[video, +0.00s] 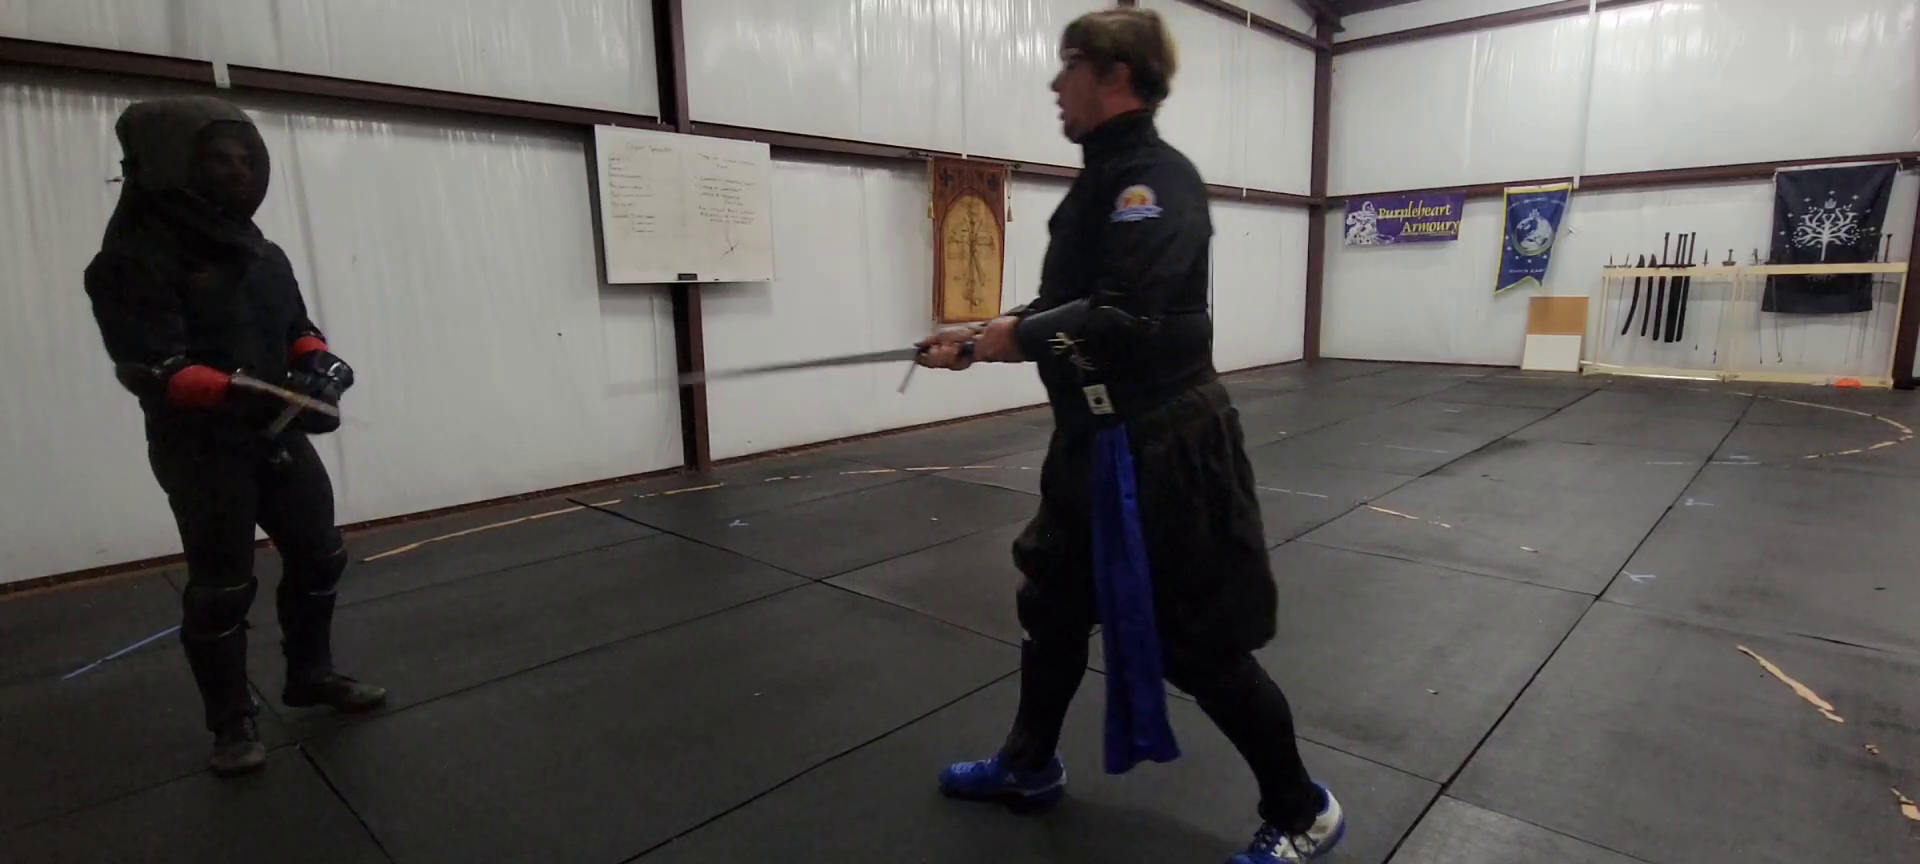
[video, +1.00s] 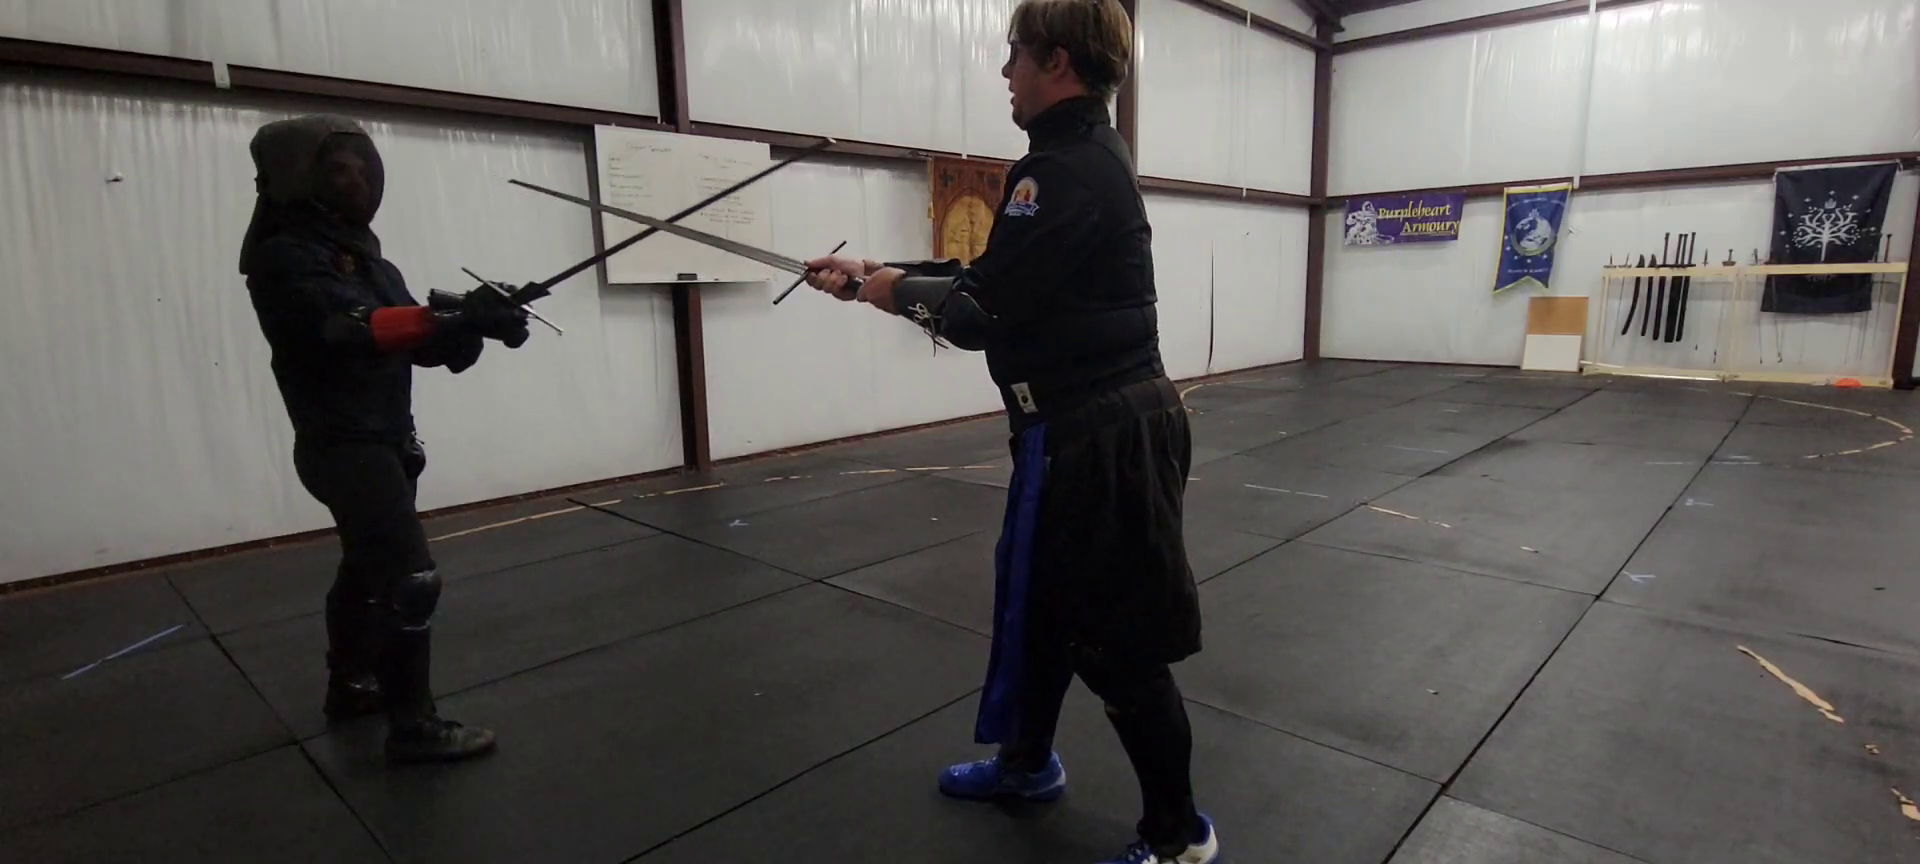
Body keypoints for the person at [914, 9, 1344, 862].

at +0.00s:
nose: (1056, 85)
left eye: (1071, 69)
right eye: (1061, 69)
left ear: (1121, 81)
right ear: (1115, 83)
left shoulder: (1155, 179)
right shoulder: (1100, 181)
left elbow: (1135, 314)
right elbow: (1073, 309)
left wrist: (1015, 338)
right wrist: (982, 339)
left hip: (1164, 439)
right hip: (1095, 436)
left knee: (1190, 638)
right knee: (1054, 601)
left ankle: (1300, 809)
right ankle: (1028, 765)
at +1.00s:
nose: (1005, 74)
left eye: (1017, 58)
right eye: (1009, 58)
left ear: (1062, 69)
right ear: (1070, 72)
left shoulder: (1061, 172)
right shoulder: (1080, 158)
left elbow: (991, 314)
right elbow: (987, 280)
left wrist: (891, 290)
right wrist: (881, 276)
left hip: (1101, 429)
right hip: (1087, 420)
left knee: (1116, 637)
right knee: (1040, 599)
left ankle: (1177, 832)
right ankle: (1026, 762)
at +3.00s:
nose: (949, 79)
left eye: (963, 66)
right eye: (955, 65)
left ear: (1007, 79)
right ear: (1024, 83)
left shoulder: (972, 177)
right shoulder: (1054, 174)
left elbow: (899, 307)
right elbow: (1017, 292)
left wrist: (886, 314)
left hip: (1008, 420)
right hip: (1074, 402)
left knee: (1017, 620)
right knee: (1032, 591)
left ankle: (1126, 802)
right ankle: (1030, 761)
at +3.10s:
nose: (935, 76)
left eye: (948, 63)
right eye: (940, 62)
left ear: (989, 76)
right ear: (1006, 82)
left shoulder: (959, 181)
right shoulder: (1042, 175)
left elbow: (888, 305)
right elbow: (1006, 288)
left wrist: (881, 340)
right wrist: (915, 318)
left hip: (994, 424)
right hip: (1065, 406)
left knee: (970, 609)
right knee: (1027, 593)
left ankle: (1049, 827)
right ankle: (1022, 759)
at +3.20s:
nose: (918, 77)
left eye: (930, 64)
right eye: (923, 63)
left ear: (971, 76)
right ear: (989, 82)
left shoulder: (944, 182)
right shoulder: (1026, 176)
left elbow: (872, 301)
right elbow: (987, 290)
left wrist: (852, 333)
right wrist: (891, 318)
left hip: (980, 426)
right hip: (1053, 407)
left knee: (941, 623)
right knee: (1014, 593)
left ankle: (954, 833)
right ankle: (1031, 761)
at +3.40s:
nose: (885, 84)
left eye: (893, 69)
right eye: (888, 68)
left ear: (932, 75)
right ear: (961, 81)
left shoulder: (905, 182)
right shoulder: (995, 174)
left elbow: (825, 303)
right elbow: (910, 273)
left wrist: (762, 315)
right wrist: (798, 289)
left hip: (934, 433)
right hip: (1027, 417)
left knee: (861, 639)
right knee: (988, 602)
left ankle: (842, 845)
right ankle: (1024, 760)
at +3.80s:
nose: (773, 63)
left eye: (776, 44)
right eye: (774, 45)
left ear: (801, 45)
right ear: (874, 50)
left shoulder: (762, 166)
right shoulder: (930, 144)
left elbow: (730, 288)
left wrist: (720, 212)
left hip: (852, 441)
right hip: (982, 419)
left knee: (825, 696)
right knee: (1032, 690)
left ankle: (836, 857)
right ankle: (1087, 850)